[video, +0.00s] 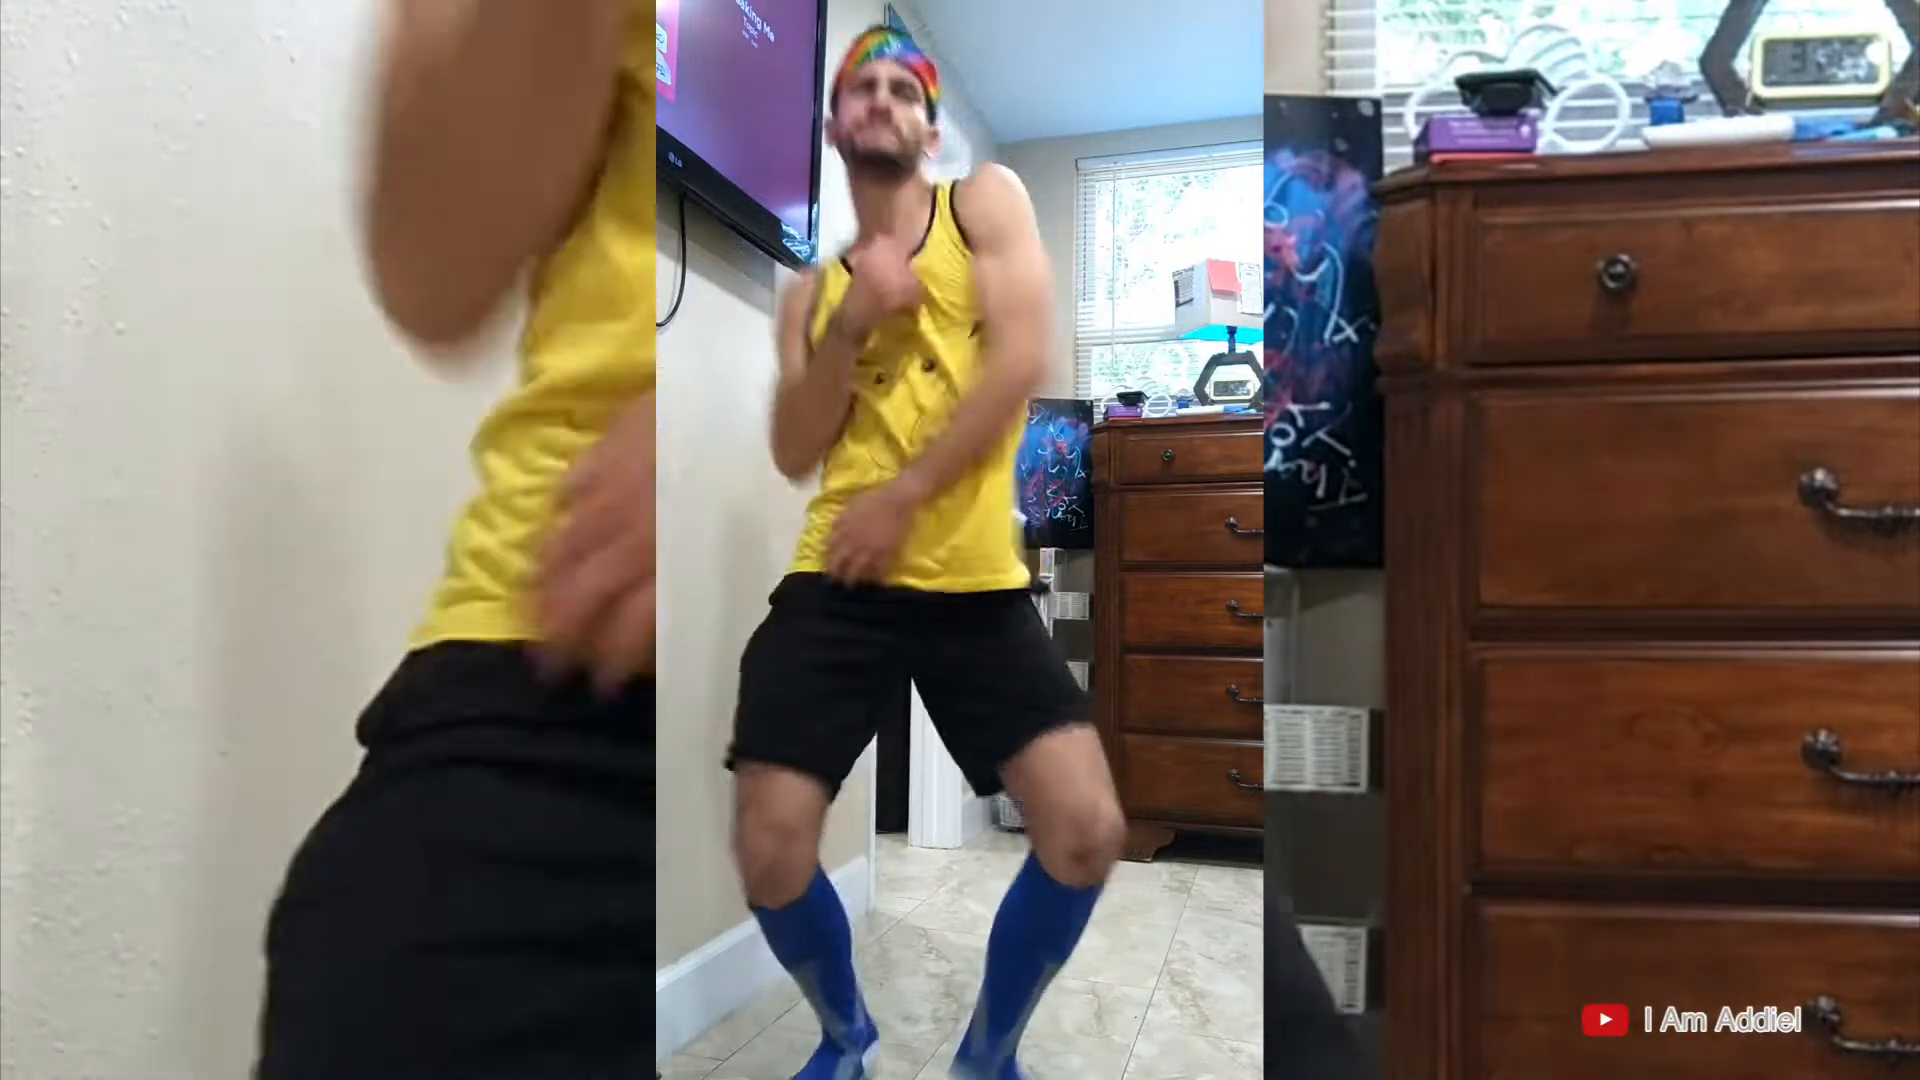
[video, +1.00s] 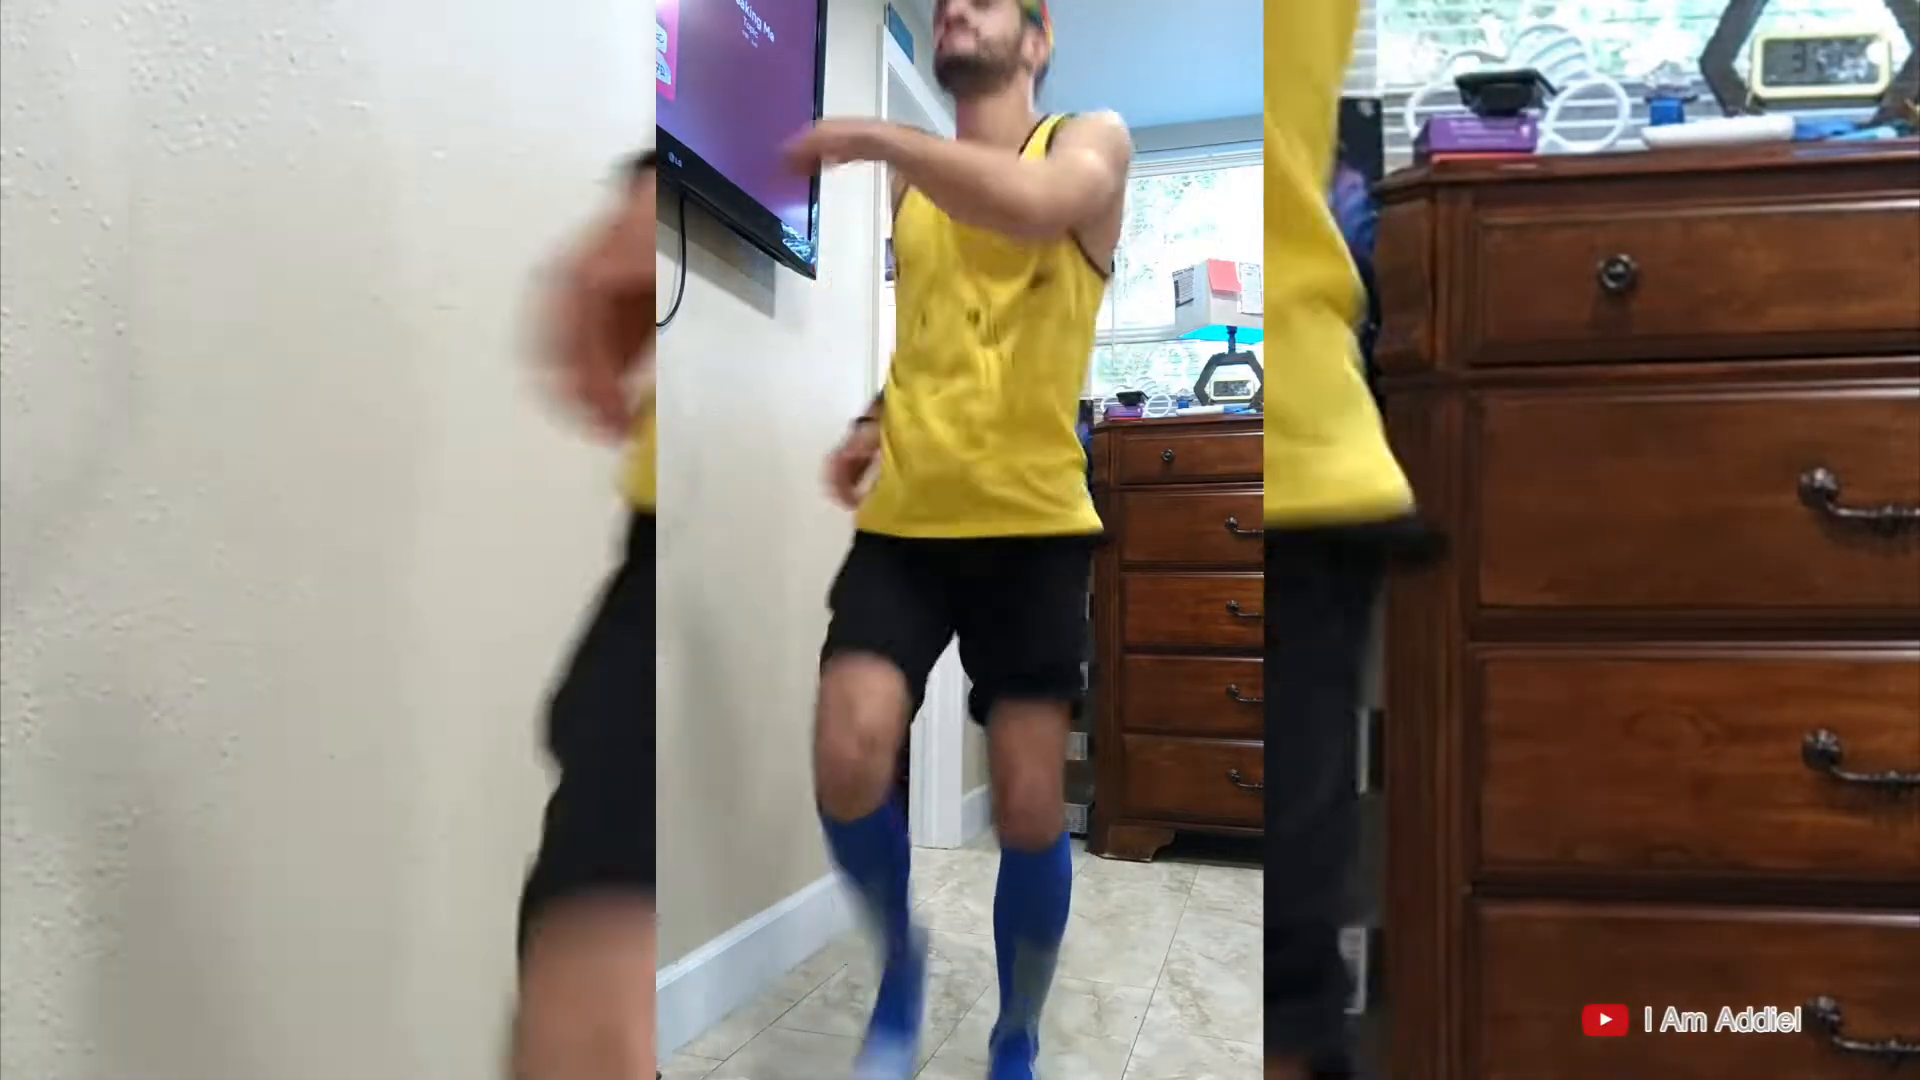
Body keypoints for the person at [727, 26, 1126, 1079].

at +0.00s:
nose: (881, 103)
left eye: (903, 92)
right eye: (862, 89)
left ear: (932, 126)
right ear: (831, 125)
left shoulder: (984, 198)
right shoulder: (810, 288)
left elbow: (1023, 359)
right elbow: (794, 450)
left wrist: (903, 495)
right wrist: (852, 327)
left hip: (976, 587)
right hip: (834, 590)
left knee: (1087, 832)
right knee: (768, 846)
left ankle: (988, 1053)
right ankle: (847, 1037)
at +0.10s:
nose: (890, 70)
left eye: (909, 59)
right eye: (867, 56)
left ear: (933, 94)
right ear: (829, 96)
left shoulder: (994, 186)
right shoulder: (793, 224)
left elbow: (1078, 335)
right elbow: (772, 373)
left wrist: (972, 442)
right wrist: (875, 257)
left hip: (982, 545)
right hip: (845, 549)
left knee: (1081, 784)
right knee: (792, 827)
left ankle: (996, 960)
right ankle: (849, 1041)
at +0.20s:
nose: (915, 9)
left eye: (934, 2)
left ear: (955, 28)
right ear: (852, 25)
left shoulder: (1009, 136)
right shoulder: (803, 136)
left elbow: (1066, 294)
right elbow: (795, 252)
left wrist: (995, 357)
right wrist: (969, 223)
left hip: (994, 490)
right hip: (866, 497)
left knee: (1052, 745)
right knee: (852, 777)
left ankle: (978, 944)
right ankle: (860, 1021)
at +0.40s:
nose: (980, 23)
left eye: (996, 17)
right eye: (955, 12)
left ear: (1011, 57)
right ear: (908, 47)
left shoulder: (1027, 198)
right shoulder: (876, 106)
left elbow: (1052, 374)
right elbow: (894, 228)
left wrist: (1054, 280)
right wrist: (998, 383)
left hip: (1006, 528)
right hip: (886, 518)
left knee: (1022, 785)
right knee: (884, 787)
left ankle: (1028, 1044)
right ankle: (893, 1019)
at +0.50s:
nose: (1019, 32)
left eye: (1032, 27)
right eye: (993, 23)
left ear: (1045, 75)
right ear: (943, 66)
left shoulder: (1044, 203)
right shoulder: (918, 133)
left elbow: (1068, 392)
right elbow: (878, 295)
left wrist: (1067, 260)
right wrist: (916, 488)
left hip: (1014, 529)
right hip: (904, 523)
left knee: (1044, 786)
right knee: (902, 799)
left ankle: (1018, 1040)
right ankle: (880, 1013)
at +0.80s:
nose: (971, 58)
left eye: (996, 38)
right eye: (958, 46)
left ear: (1052, 66)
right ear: (949, 77)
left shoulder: (1107, 208)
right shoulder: (902, 198)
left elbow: (1074, 309)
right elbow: (833, 331)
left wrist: (992, 181)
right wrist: (808, 418)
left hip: (1012, 550)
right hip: (875, 535)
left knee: (1072, 820)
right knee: (867, 816)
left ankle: (1015, 1045)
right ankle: (891, 1055)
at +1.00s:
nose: (955, 14)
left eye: (983, 3)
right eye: (944, 7)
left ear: (1037, 35)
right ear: (934, 47)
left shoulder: (1090, 136)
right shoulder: (915, 183)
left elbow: (1042, 206)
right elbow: (928, 343)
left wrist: (877, 138)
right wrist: (877, 422)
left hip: (1034, 518)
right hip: (906, 515)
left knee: (1029, 801)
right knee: (847, 754)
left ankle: (1017, 1037)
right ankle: (898, 966)